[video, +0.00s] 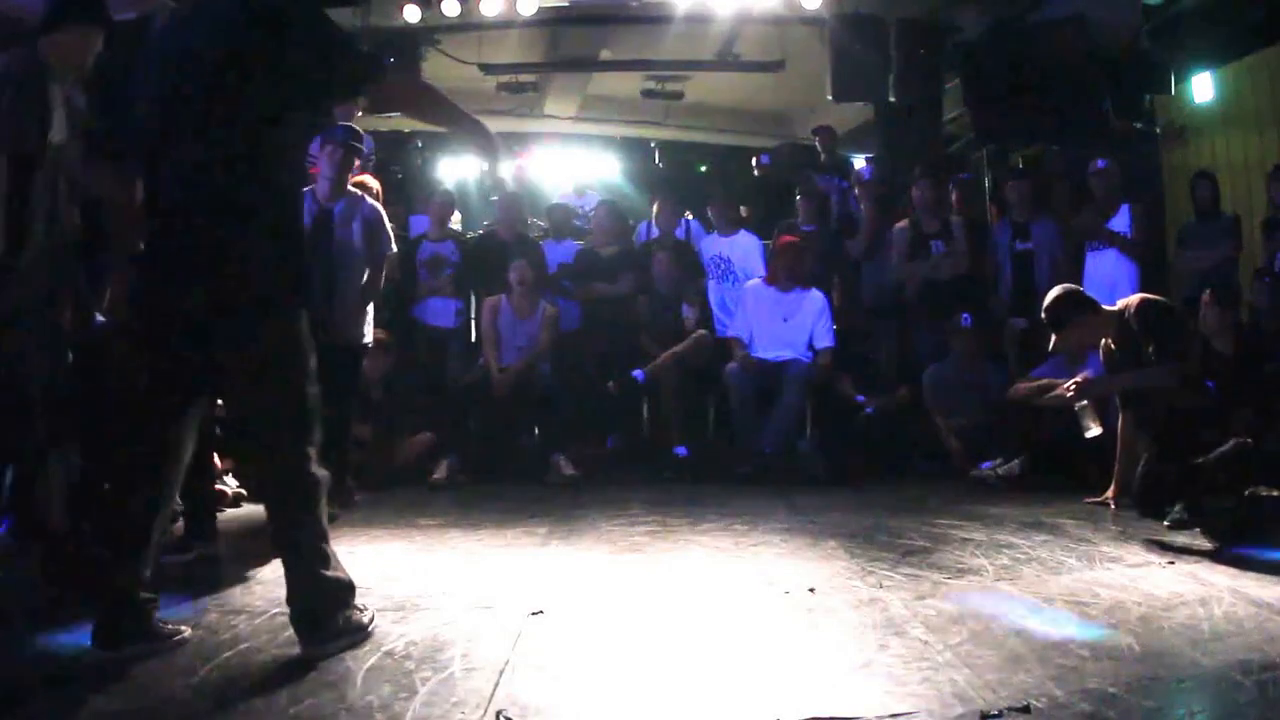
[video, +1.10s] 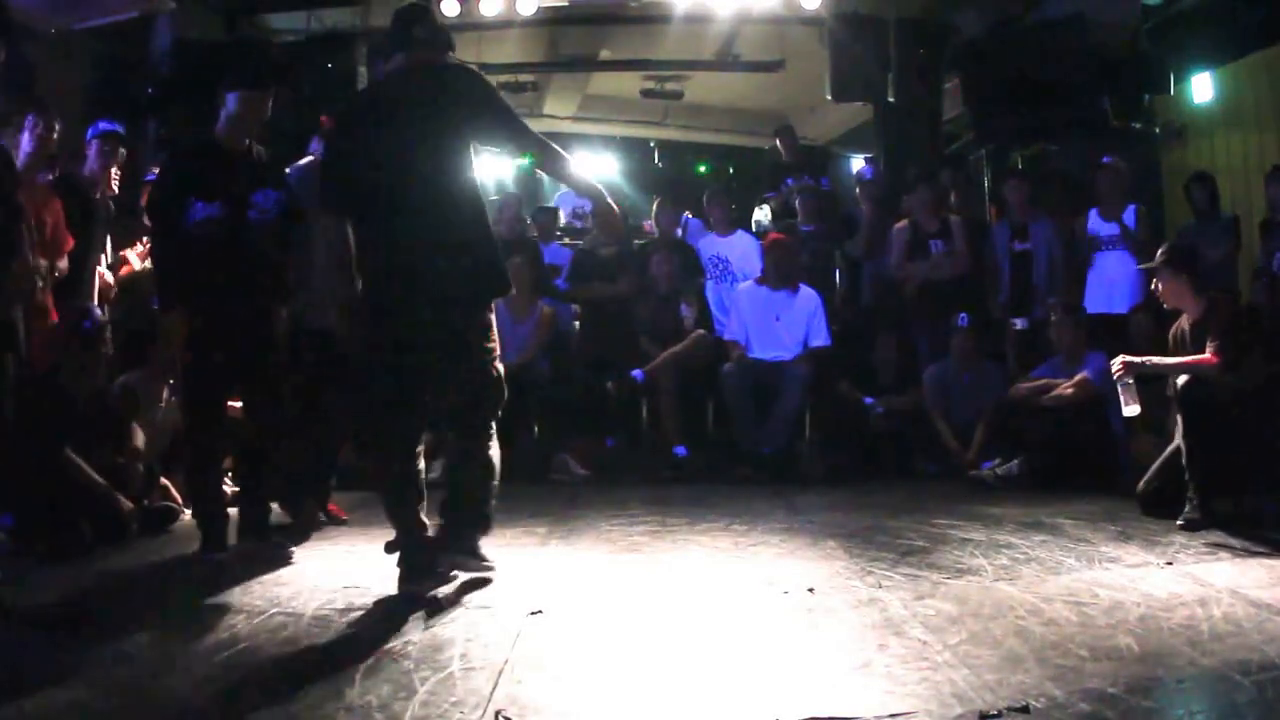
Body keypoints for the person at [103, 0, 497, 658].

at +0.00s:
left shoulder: (151, 38)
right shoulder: (291, 27)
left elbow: (114, 170)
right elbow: (391, 88)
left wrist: (120, 268)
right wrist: (472, 128)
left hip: (169, 269)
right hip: (258, 275)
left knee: (153, 450)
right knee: (289, 451)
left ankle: (121, 612)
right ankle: (321, 614)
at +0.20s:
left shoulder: (211, 37)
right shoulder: (336, 23)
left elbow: (178, 145)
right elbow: (433, 83)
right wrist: (527, 138)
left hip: (225, 250)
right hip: (310, 253)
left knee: (224, 412)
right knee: (324, 426)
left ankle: (171, 561)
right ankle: (320, 608)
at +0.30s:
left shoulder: (212, 34)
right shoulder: (347, 21)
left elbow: (157, 133)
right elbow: (451, 76)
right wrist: (537, 133)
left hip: (233, 251)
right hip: (323, 252)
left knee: (243, 407)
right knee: (341, 428)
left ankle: (223, 555)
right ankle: (320, 612)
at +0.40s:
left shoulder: (248, 49)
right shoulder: (371, 26)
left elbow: (205, 168)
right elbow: (474, 74)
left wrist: (222, 248)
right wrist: (549, 133)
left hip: (269, 265)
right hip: (346, 261)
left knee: (295, 409)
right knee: (352, 419)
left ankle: (298, 566)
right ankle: (319, 601)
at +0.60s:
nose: (404, 17)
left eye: (401, 12)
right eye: (401, 11)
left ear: (325, 15)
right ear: (384, 12)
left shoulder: (283, 68)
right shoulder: (401, 53)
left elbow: (241, 175)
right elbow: (508, 105)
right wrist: (567, 154)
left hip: (302, 270)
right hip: (380, 265)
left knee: (337, 416)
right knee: (380, 412)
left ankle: (402, 545)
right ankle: (324, 603)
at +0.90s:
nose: (424, 54)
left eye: (417, 46)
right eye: (420, 45)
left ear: (363, 49)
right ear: (410, 45)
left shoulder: (330, 99)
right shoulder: (433, 87)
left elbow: (311, 203)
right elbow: (522, 146)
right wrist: (588, 197)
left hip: (362, 278)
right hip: (433, 270)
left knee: (389, 410)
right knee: (460, 410)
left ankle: (416, 553)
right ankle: (375, 539)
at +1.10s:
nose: (449, 57)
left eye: (444, 50)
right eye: (446, 48)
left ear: (391, 51)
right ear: (436, 45)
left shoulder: (357, 108)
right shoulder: (458, 83)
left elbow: (336, 202)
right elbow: (534, 149)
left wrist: (351, 279)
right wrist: (597, 194)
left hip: (386, 284)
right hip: (456, 276)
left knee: (396, 415)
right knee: (478, 405)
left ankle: (413, 550)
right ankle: (463, 536)